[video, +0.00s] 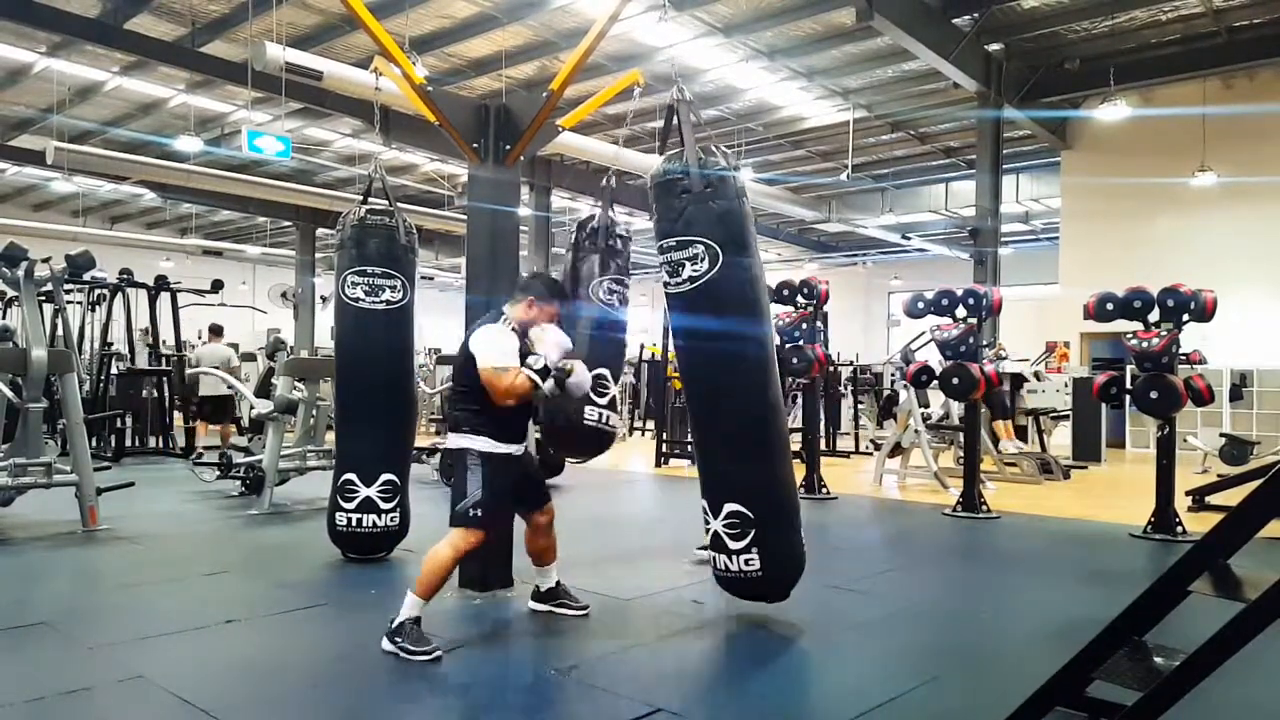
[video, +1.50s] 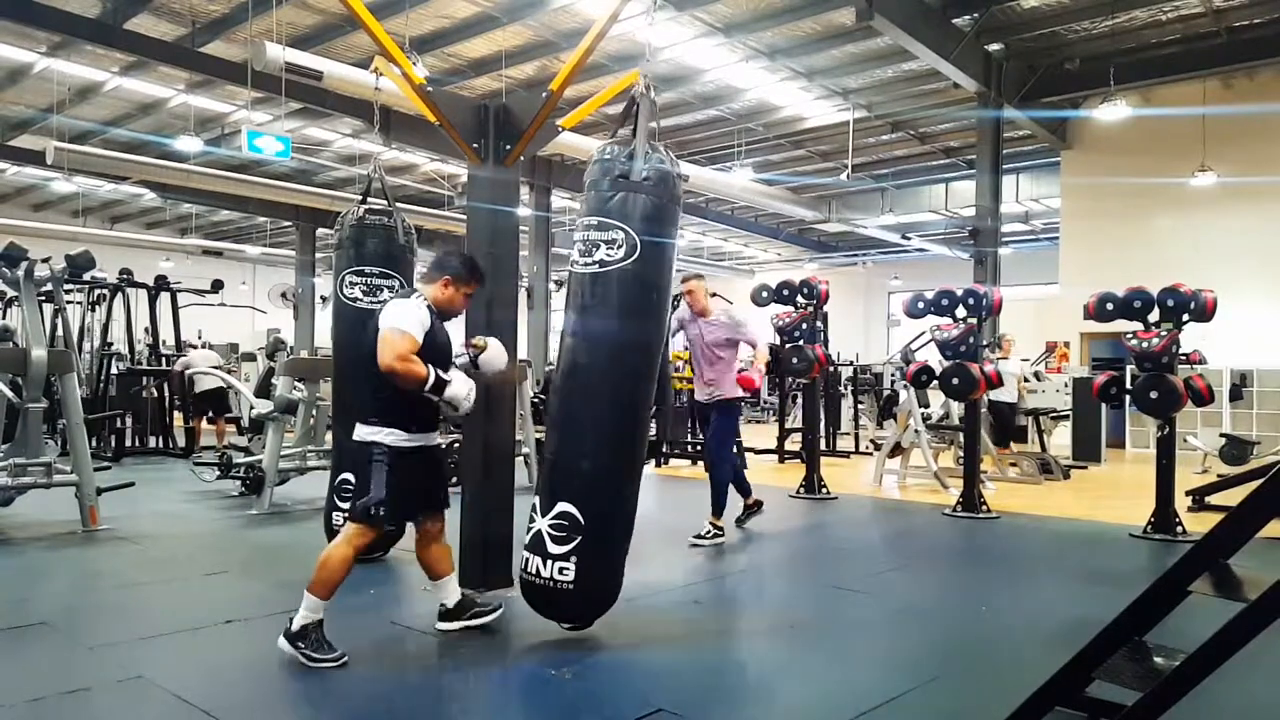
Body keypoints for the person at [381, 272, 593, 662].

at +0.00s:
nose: (550, 325)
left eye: (553, 319)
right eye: (549, 316)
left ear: (530, 308)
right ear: (529, 305)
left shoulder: (522, 342)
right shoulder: (491, 335)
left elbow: (529, 390)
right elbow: (504, 392)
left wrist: (565, 382)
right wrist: (540, 364)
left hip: (512, 450)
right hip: (474, 449)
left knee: (541, 515)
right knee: (470, 533)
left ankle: (547, 589)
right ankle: (403, 624)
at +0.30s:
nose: (519, 312)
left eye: (522, 304)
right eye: (518, 302)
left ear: (498, 293)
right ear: (496, 290)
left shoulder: (490, 329)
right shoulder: (459, 324)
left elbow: (482, 390)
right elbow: (485, 385)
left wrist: (504, 415)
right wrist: (517, 353)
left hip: (484, 448)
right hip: (442, 450)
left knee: (513, 515)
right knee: (420, 538)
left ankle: (490, 598)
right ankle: (355, 625)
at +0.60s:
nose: (511, 305)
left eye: (514, 299)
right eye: (508, 296)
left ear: (507, 294)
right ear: (485, 285)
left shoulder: (497, 321)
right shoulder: (434, 309)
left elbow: (531, 345)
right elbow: (422, 361)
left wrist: (578, 341)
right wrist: (477, 347)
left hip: (476, 441)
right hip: (427, 440)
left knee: (494, 517)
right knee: (401, 528)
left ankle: (482, 602)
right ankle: (340, 613)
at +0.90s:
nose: (461, 309)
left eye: (464, 301)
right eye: (460, 299)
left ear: (439, 290)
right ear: (435, 287)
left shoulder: (424, 327)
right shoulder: (394, 319)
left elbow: (411, 379)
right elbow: (385, 375)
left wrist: (439, 403)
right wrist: (432, 400)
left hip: (416, 449)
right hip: (371, 451)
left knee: (454, 518)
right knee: (351, 544)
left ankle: (474, 598)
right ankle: (299, 632)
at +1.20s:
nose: (440, 301)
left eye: (444, 292)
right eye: (438, 289)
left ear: (417, 281)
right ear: (413, 277)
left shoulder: (411, 321)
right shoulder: (364, 313)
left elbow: (413, 378)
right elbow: (371, 374)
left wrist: (448, 368)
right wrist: (423, 347)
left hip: (399, 444)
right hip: (355, 446)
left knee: (428, 517)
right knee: (338, 543)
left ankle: (383, 596)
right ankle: (296, 633)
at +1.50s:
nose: (465, 306)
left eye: (468, 298)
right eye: (465, 296)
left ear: (445, 286)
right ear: (446, 285)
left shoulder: (434, 319)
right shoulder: (406, 309)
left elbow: (438, 361)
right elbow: (393, 359)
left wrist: (471, 356)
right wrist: (444, 385)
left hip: (423, 443)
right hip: (385, 444)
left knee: (432, 528)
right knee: (359, 534)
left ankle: (453, 604)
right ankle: (303, 627)